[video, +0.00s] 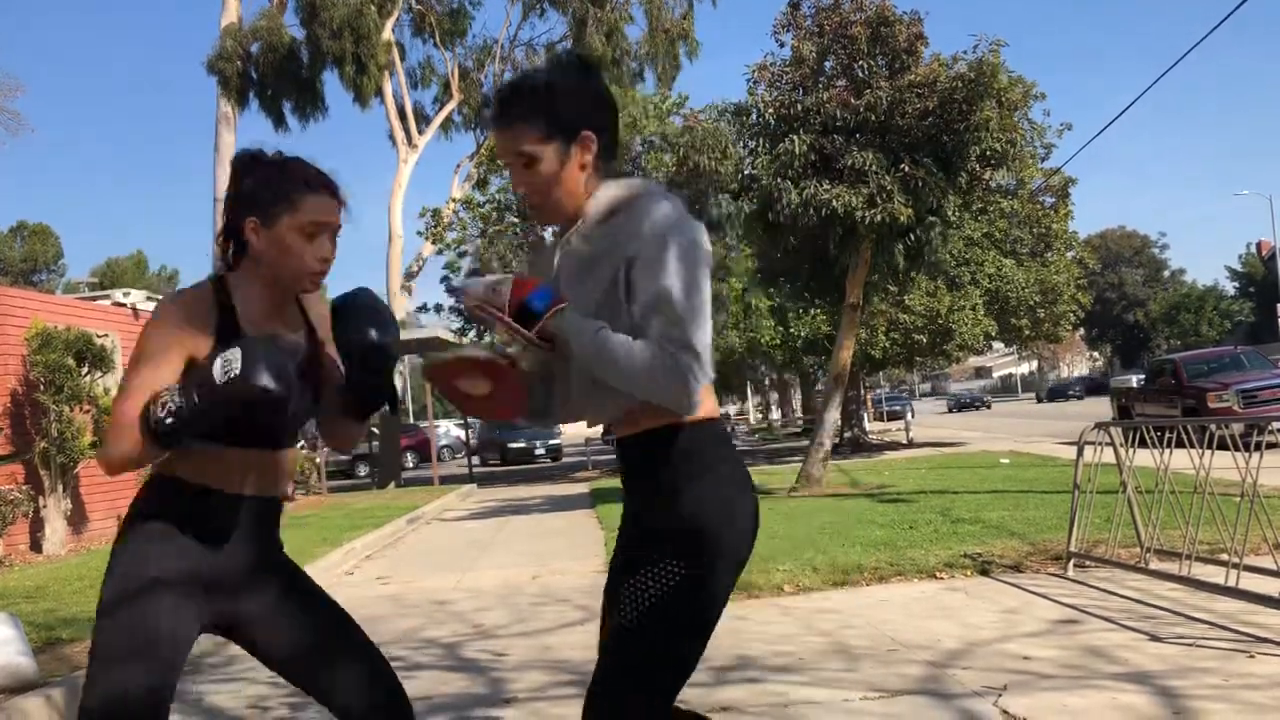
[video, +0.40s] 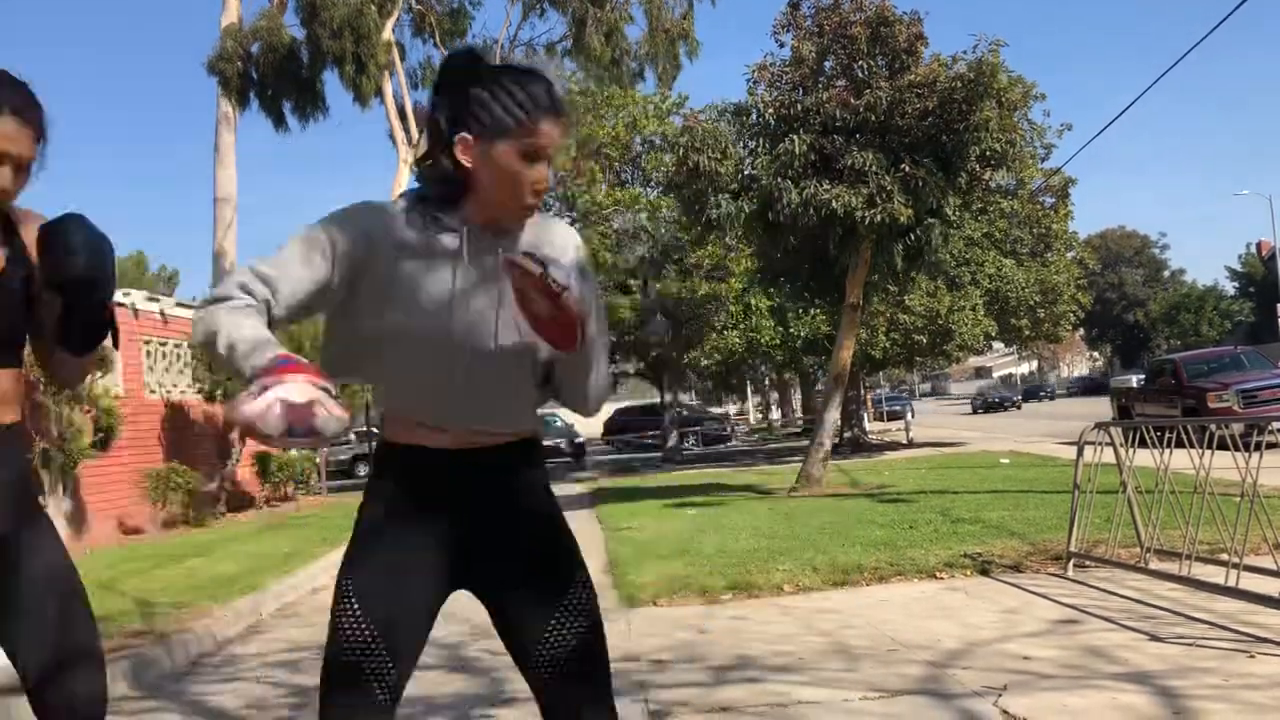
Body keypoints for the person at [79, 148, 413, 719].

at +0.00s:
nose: (329, 253)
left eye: (334, 236)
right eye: (313, 233)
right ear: (253, 232)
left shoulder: (312, 313)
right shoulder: (186, 315)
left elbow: (342, 437)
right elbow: (115, 450)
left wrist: (368, 374)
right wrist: (199, 403)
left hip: (256, 555)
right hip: (168, 551)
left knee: (382, 703)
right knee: (119, 711)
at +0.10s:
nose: (244, 269)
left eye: (252, 253)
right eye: (226, 249)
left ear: (260, 251)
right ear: (172, 242)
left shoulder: (255, 323)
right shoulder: (107, 329)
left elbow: (296, 435)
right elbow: (13, 457)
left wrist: (313, 371)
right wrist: (82, 391)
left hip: (234, 569)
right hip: (133, 570)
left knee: (354, 710)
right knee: (59, 711)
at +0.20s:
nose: (178, 268)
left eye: (188, 251)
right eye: (163, 247)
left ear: (197, 247)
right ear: (105, 231)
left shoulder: (193, 320)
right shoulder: (50, 320)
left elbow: (233, 444)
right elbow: (1, 404)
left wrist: (255, 380)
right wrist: (31, 348)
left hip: (184, 567)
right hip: (71, 572)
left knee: (299, 713)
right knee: (18, 708)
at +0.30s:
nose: (90, 238)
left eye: (100, 223)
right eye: (74, 216)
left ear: (108, 225)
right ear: (15, 199)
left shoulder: (100, 299)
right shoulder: (6, 297)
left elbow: (127, 416)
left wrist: (168, 394)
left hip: (92, 538)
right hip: (9, 545)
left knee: (212, 694)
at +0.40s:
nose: (7, 181)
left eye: (18, 167)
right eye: (2, 161)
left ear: (31, 167)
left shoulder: (29, 236)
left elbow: (64, 372)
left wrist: (84, 301)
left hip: (12, 489)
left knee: (73, 672)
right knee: (67, 666)